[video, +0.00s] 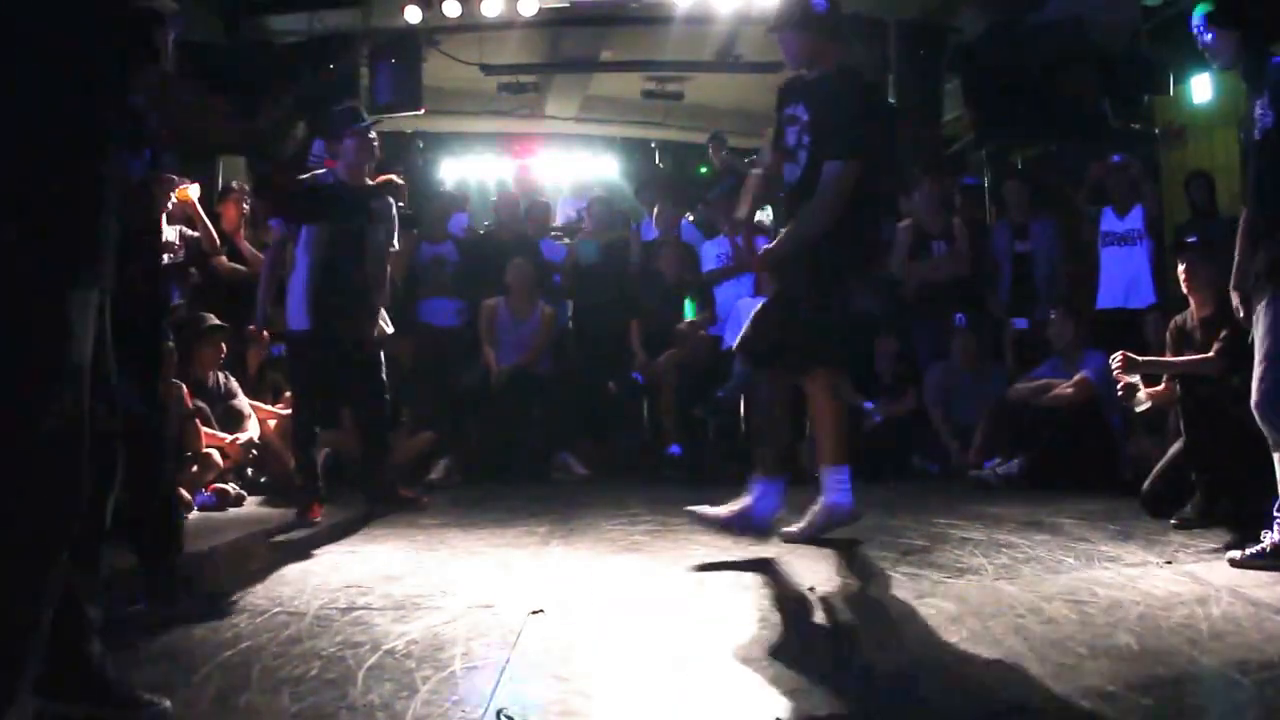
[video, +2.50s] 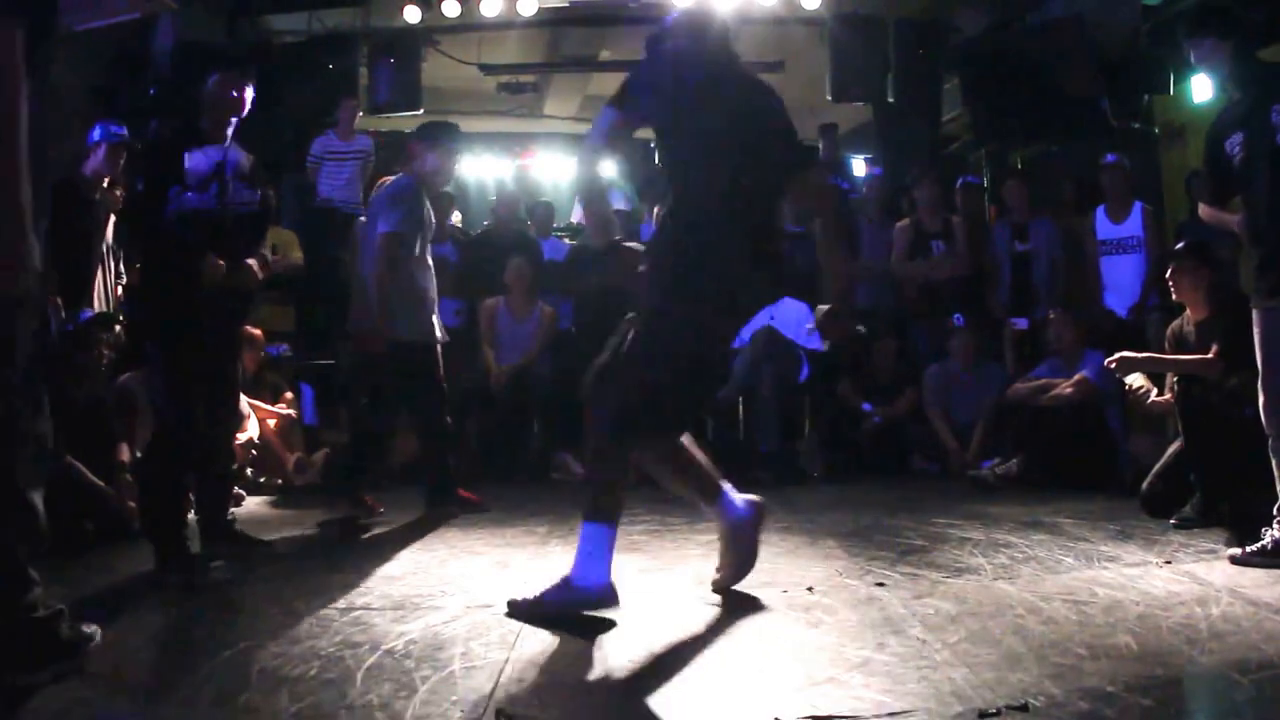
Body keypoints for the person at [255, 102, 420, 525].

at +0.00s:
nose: (369, 149)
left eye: (373, 142)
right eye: (360, 141)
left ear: (377, 151)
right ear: (337, 147)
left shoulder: (383, 202)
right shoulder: (308, 189)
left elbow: (384, 263)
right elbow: (277, 250)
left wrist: (379, 311)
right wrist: (263, 312)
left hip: (361, 321)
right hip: (308, 320)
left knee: (375, 409)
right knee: (306, 413)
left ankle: (379, 486)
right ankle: (309, 496)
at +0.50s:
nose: (331, 145)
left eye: (338, 138)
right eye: (324, 136)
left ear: (346, 142)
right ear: (306, 137)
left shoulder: (360, 185)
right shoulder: (278, 186)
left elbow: (408, 164)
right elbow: (254, 252)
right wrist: (249, 316)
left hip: (343, 317)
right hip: (291, 317)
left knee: (344, 411)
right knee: (296, 409)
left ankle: (345, 505)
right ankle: (308, 496)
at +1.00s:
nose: (350, 120)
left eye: (354, 113)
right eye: (341, 111)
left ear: (356, 121)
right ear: (316, 115)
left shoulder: (366, 161)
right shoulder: (284, 166)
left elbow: (416, 143)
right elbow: (254, 230)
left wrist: (470, 119)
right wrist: (242, 288)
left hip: (349, 306)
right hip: (293, 305)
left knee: (345, 414)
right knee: (290, 417)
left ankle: (342, 511)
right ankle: (291, 513)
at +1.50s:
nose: (362, 134)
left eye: (363, 125)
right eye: (357, 124)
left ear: (344, 124)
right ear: (332, 120)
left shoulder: (339, 173)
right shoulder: (298, 170)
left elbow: (340, 249)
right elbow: (288, 249)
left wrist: (354, 307)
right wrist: (293, 317)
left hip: (339, 315)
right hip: (300, 316)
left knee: (359, 402)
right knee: (294, 416)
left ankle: (339, 493)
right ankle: (290, 514)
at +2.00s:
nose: (404, 175)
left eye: (405, 168)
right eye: (403, 166)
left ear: (375, 151)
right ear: (390, 155)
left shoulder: (325, 187)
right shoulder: (371, 172)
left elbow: (310, 245)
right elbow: (369, 220)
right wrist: (420, 269)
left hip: (317, 308)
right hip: (345, 309)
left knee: (337, 407)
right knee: (338, 407)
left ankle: (343, 489)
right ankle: (307, 496)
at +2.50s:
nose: (452, 166)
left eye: (454, 157)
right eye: (447, 155)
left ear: (424, 154)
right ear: (420, 151)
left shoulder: (393, 191)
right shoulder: (406, 193)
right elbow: (387, 255)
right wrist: (385, 318)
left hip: (394, 325)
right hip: (410, 327)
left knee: (378, 412)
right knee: (434, 413)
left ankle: (355, 486)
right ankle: (442, 489)